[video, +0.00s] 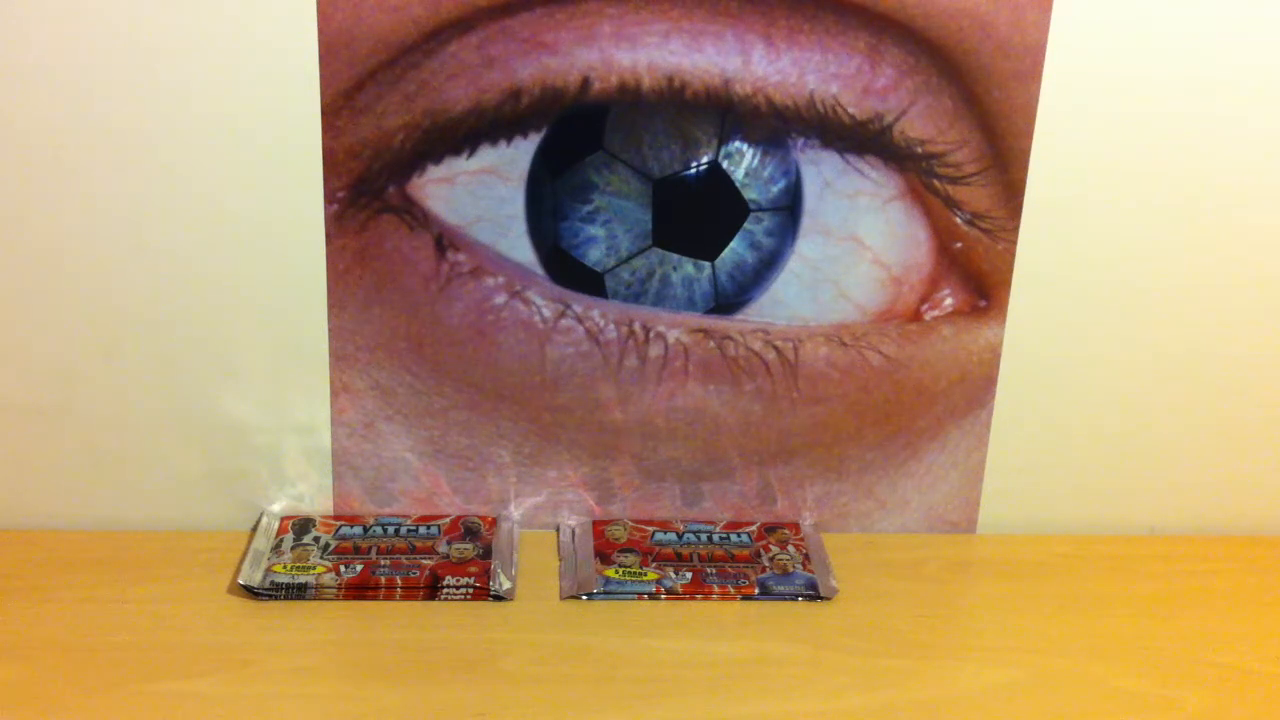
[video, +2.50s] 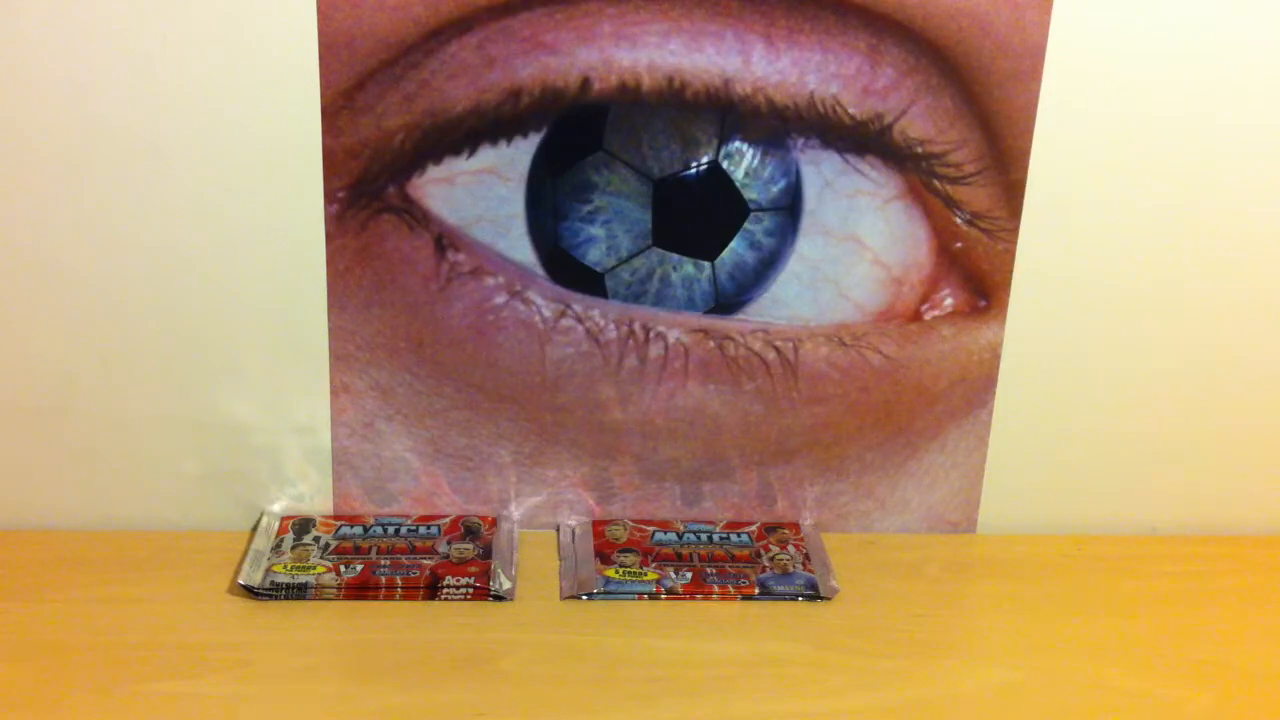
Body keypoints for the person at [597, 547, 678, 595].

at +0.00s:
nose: (621, 560)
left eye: (626, 557)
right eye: (619, 557)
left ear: (638, 558)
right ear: (616, 558)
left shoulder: (651, 573)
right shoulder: (610, 571)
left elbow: (675, 590)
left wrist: (668, 575)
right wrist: (597, 573)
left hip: (641, 606)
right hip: (612, 606)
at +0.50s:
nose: (621, 560)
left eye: (626, 557)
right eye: (619, 557)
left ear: (638, 558)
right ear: (616, 558)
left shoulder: (651, 573)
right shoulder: (609, 571)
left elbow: (673, 590)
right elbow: (597, 590)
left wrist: (674, 587)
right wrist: (596, 574)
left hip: (641, 607)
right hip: (612, 606)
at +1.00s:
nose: (621, 560)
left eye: (626, 557)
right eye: (619, 557)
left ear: (638, 558)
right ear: (616, 558)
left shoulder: (651, 573)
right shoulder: (609, 571)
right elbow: (597, 589)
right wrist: (597, 574)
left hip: (641, 606)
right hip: (612, 605)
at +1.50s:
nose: (621, 560)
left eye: (626, 557)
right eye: (619, 557)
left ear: (638, 558)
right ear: (616, 558)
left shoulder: (651, 573)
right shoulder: (609, 571)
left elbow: (673, 589)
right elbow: (596, 589)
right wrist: (597, 574)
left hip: (640, 606)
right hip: (612, 605)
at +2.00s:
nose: (621, 560)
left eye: (626, 557)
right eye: (619, 557)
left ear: (638, 558)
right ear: (615, 558)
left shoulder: (651, 573)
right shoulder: (609, 571)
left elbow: (673, 589)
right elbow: (596, 589)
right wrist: (596, 574)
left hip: (640, 606)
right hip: (612, 605)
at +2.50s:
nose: (621, 560)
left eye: (626, 557)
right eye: (619, 557)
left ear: (638, 558)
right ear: (616, 558)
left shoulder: (650, 573)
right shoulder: (610, 571)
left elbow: (665, 582)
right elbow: (597, 586)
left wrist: (672, 588)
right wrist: (597, 574)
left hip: (642, 604)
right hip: (613, 604)